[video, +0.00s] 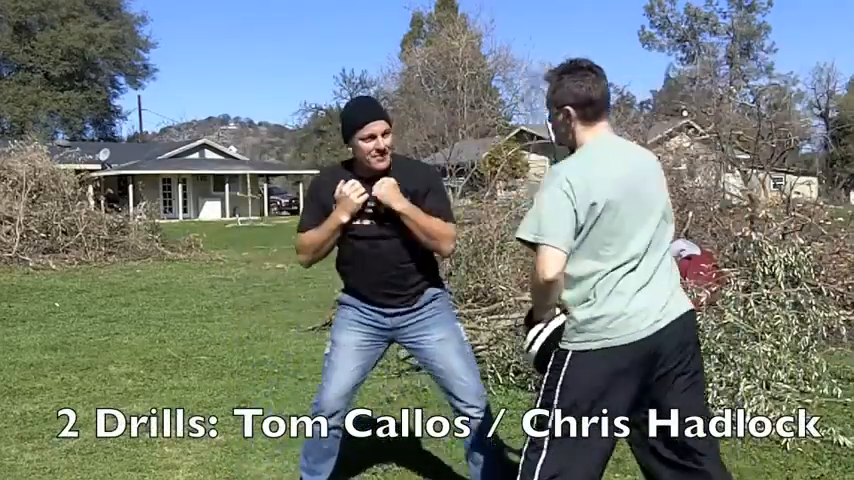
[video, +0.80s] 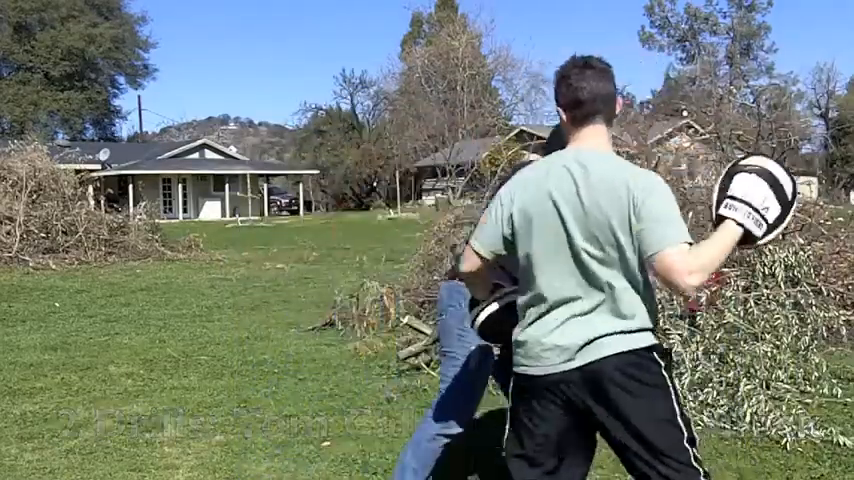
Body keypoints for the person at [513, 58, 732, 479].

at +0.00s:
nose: (550, 124)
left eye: (550, 114)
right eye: (549, 114)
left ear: (567, 116)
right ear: (606, 107)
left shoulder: (568, 177)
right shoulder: (645, 160)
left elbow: (549, 273)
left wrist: (541, 311)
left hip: (599, 346)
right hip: (672, 329)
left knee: (556, 465)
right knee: (690, 456)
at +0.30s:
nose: (597, 106)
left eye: (600, 97)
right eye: (598, 96)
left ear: (618, 102)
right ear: (656, 98)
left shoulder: (618, 164)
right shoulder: (681, 152)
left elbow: (596, 270)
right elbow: (670, 241)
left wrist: (571, 314)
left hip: (631, 345)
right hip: (698, 332)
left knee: (591, 466)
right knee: (706, 461)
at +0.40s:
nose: (601, 104)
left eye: (603, 95)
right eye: (601, 95)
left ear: (622, 101)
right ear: (661, 96)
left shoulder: (618, 165)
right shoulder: (684, 153)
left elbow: (592, 271)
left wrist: (567, 313)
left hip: (627, 346)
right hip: (697, 332)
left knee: (586, 467)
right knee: (706, 461)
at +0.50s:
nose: (606, 112)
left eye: (608, 101)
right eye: (606, 101)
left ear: (625, 103)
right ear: (666, 96)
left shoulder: (603, 167)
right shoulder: (702, 162)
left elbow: (571, 270)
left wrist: (555, 307)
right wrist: (684, 136)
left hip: (609, 347)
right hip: (689, 338)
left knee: (560, 463)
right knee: (705, 463)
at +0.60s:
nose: (600, 114)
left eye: (600, 105)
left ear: (612, 108)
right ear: (658, 100)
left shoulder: (578, 175)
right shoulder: (698, 173)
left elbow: (530, 266)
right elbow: (777, 216)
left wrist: (534, 311)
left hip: (583, 354)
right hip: (668, 348)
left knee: (546, 463)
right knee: (698, 468)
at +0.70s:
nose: (585, 117)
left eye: (584, 110)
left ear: (589, 115)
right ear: (642, 107)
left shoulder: (548, 183)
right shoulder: (673, 184)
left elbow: (496, 268)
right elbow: (748, 256)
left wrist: (512, 310)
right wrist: (778, 184)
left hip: (563, 365)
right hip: (652, 359)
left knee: (544, 470)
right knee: (691, 471)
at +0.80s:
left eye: (558, 107)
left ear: (562, 111)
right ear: (619, 105)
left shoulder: (519, 188)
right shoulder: (639, 184)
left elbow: (470, 266)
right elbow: (686, 275)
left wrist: (494, 303)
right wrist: (740, 218)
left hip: (541, 373)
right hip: (626, 366)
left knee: (538, 471)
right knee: (675, 471)